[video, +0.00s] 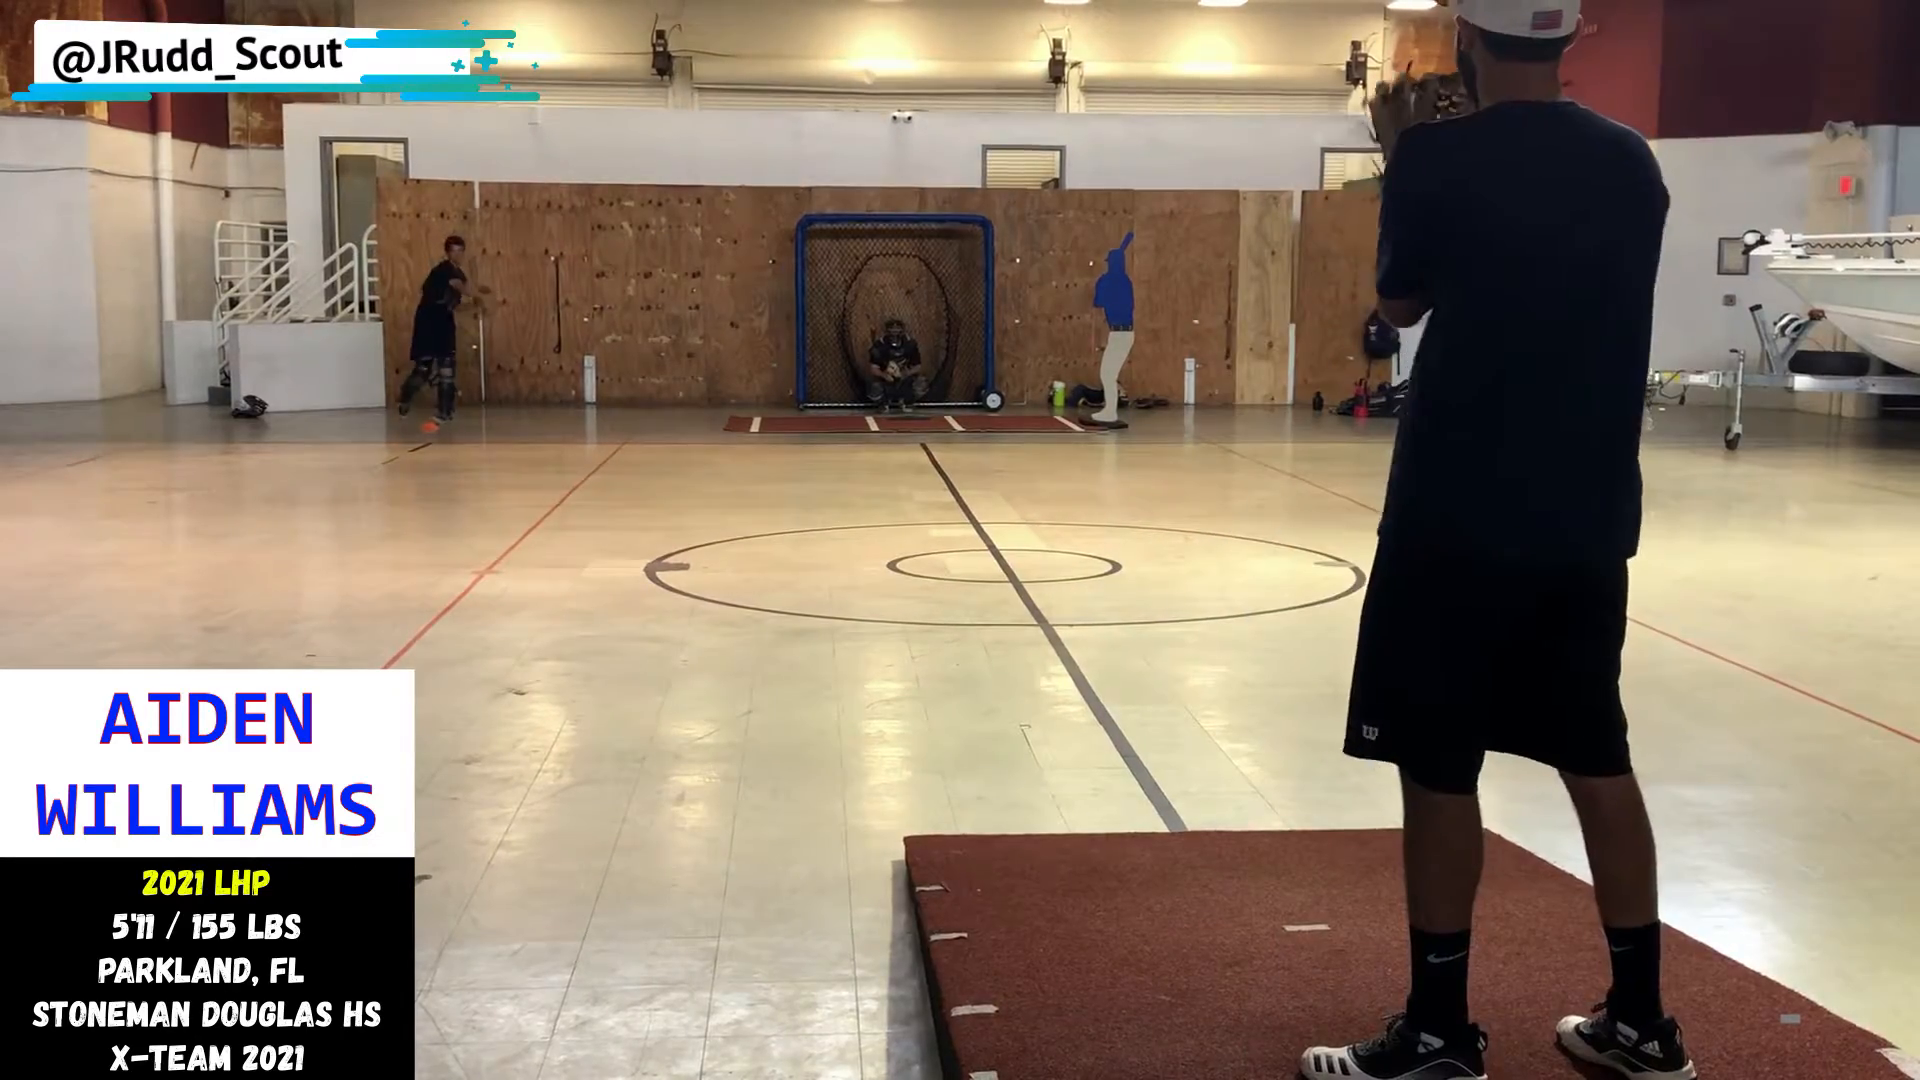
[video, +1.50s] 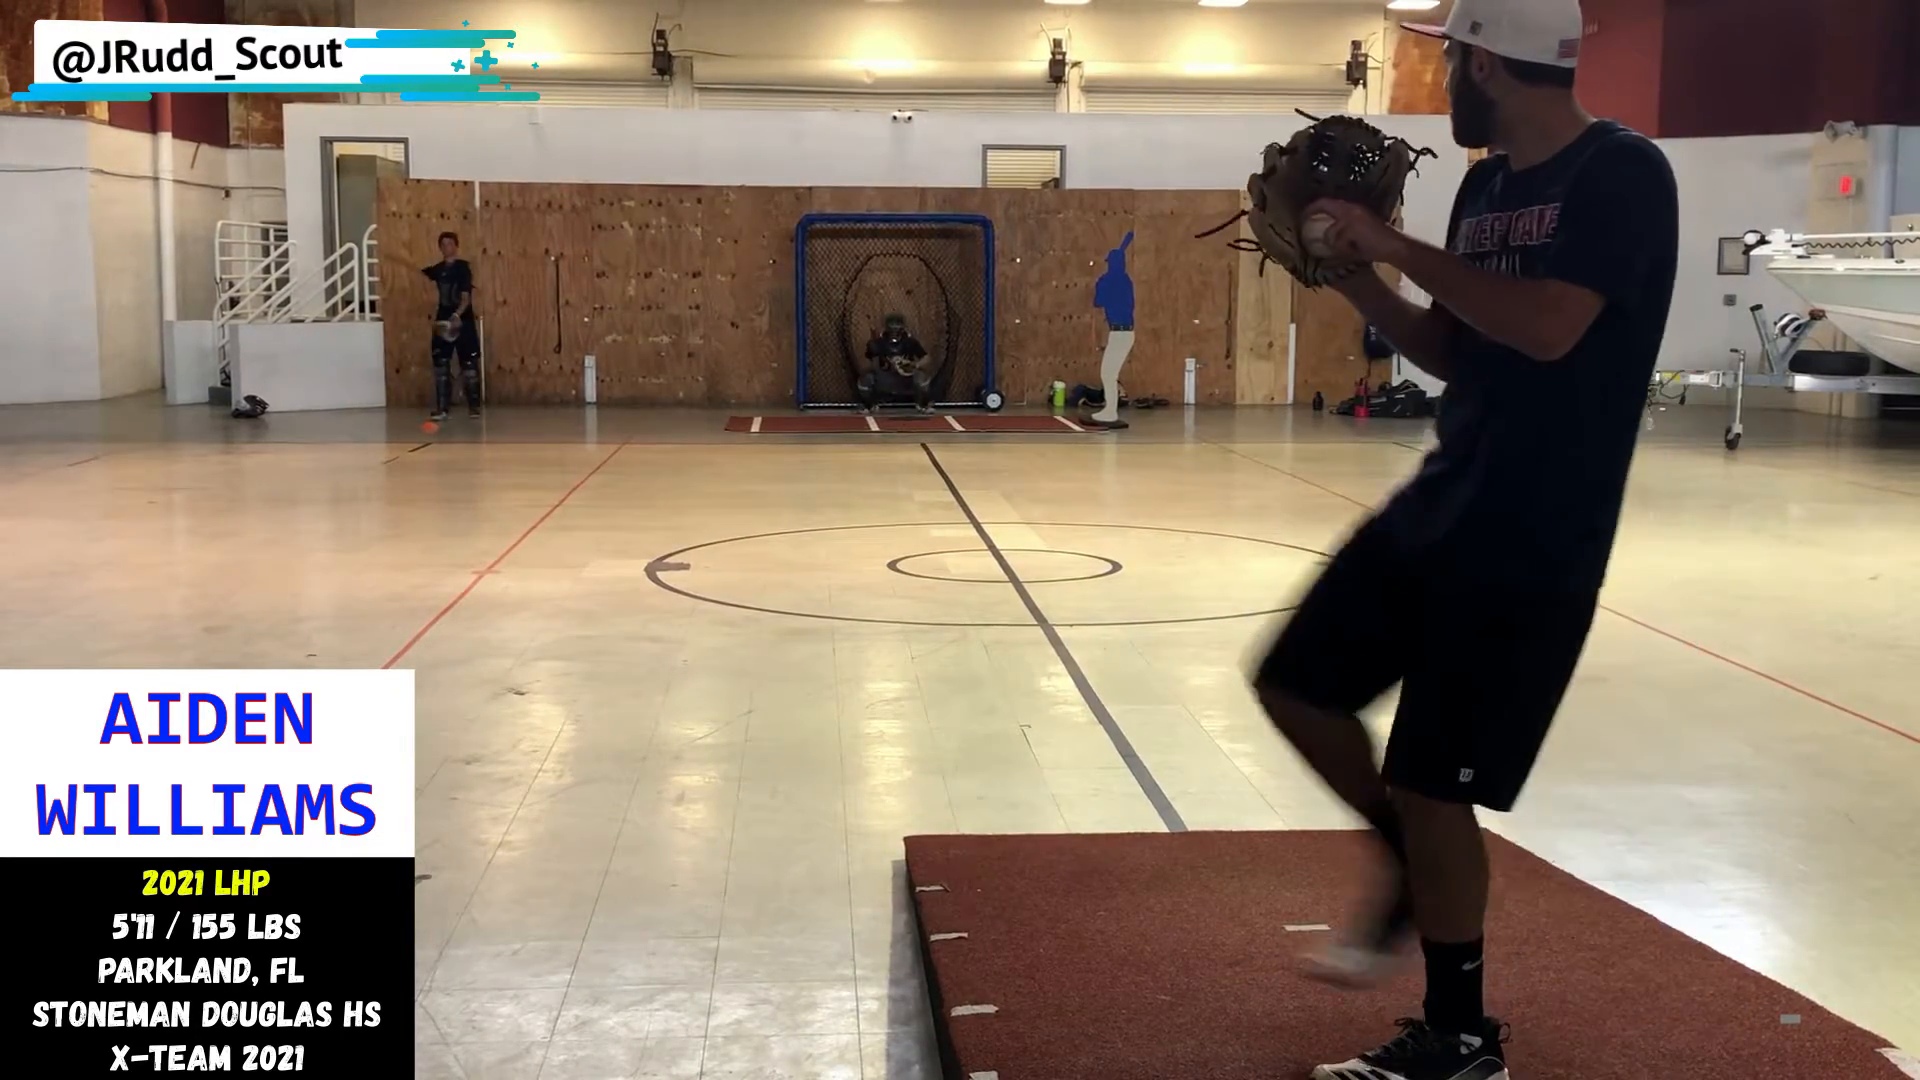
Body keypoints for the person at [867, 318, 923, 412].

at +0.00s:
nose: (895, 335)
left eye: (898, 332)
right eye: (892, 332)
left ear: (902, 332)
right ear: (887, 332)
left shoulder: (910, 344)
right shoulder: (879, 346)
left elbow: (917, 366)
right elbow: (874, 368)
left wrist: (906, 373)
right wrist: (884, 375)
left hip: (904, 379)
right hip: (887, 380)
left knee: (921, 383)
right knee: (875, 386)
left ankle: (906, 402)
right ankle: (883, 405)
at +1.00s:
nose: (895, 330)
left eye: (898, 326)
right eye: (893, 326)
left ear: (903, 326)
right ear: (888, 326)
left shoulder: (911, 340)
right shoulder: (880, 341)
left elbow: (918, 364)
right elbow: (873, 363)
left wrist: (905, 369)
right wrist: (885, 365)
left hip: (906, 376)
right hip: (887, 376)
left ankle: (907, 402)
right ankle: (883, 404)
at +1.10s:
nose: (895, 321)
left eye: (898, 317)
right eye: (891, 318)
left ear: (902, 318)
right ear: (886, 319)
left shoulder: (911, 334)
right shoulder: (879, 334)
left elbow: (918, 356)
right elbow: (871, 355)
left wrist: (906, 361)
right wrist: (880, 354)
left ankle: (904, 400)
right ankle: (886, 400)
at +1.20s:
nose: (894, 321)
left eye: (898, 318)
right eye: (891, 318)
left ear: (903, 316)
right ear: (886, 316)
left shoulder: (911, 328)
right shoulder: (877, 329)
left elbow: (921, 347)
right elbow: (868, 352)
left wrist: (911, 355)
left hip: (905, 363)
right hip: (884, 363)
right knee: (871, 373)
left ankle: (911, 398)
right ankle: (876, 400)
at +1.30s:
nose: (895, 321)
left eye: (898, 317)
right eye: (892, 317)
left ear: (903, 316)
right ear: (886, 315)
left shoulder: (910, 329)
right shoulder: (876, 330)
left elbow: (923, 348)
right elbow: (868, 350)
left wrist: (915, 355)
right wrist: (860, 365)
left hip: (907, 365)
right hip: (885, 365)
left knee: (923, 372)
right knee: (866, 375)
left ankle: (924, 403)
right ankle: (868, 404)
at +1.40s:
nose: (894, 324)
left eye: (898, 320)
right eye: (891, 320)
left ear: (902, 321)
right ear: (886, 320)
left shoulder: (910, 335)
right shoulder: (878, 336)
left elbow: (924, 355)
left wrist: (915, 361)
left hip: (907, 370)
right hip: (885, 370)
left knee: (922, 377)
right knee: (867, 378)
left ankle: (923, 405)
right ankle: (870, 405)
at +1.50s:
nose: (895, 331)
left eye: (898, 328)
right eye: (892, 328)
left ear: (903, 327)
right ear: (886, 327)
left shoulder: (910, 342)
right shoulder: (877, 344)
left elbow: (926, 358)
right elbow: (873, 365)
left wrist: (915, 365)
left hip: (907, 377)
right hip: (886, 377)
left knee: (921, 377)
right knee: (866, 380)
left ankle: (921, 405)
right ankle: (871, 406)